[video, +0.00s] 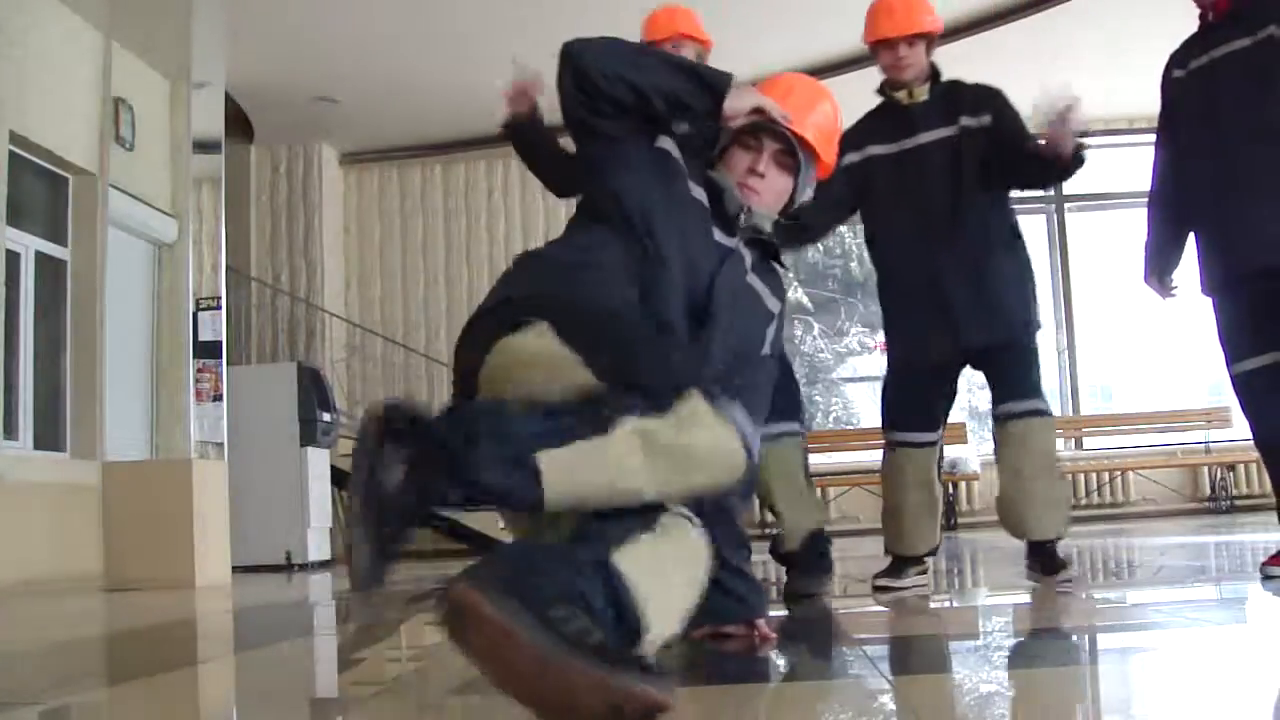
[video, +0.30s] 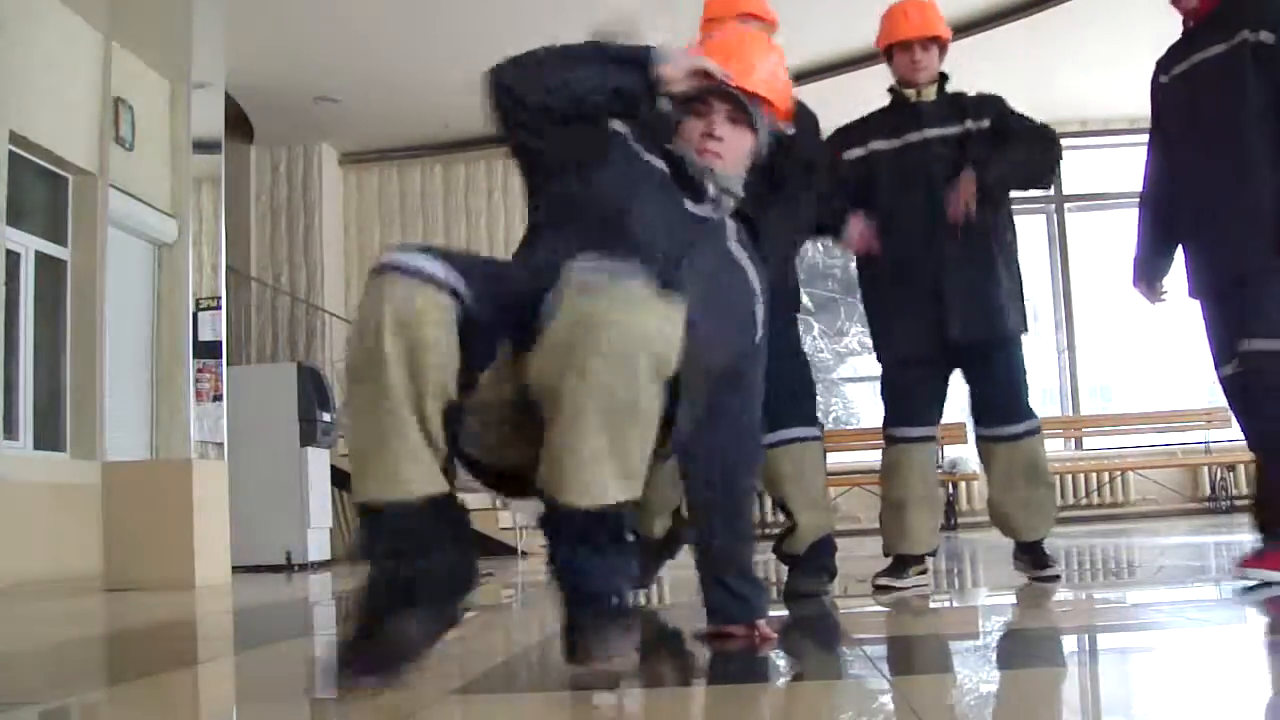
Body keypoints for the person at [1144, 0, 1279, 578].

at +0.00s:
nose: (1193, 8)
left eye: (1194, 5)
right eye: (1194, 7)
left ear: (1211, 3)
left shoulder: (1191, 60)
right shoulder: (1188, 62)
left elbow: (1175, 169)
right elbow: (1175, 169)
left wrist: (1160, 259)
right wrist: (1162, 256)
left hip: (1244, 263)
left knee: (1266, 409)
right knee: (1265, 408)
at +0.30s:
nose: (1174, 3)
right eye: (1174, 1)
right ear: (1194, 3)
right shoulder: (1172, 62)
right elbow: (1165, 165)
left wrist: (1149, 258)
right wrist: (1151, 256)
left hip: (1261, 244)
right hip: (1220, 255)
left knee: (1261, 389)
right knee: (1247, 394)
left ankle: (1276, 540)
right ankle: (1274, 538)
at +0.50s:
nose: (1147, 2)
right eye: (1145, 1)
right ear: (1160, 5)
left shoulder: (1254, 20)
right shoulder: (1162, 60)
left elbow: (1272, 128)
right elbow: (1163, 168)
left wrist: (1274, 229)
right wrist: (1155, 261)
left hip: (1254, 246)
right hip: (1206, 252)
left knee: (1225, 388)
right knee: (1258, 398)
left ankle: (1203, 538)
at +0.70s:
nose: (1118, 1)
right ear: (1133, 3)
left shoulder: (1225, 17)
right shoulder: (1144, 51)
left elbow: (1249, 129)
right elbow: (1155, 162)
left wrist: (1245, 231)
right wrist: (1146, 260)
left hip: (1225, 248)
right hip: (1188, 252)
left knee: (1199, 388)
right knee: (1244, 393)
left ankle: (1197, 548)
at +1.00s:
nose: (1075, 5)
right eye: (1072, 3)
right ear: (1092, 0)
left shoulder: (1170, 13)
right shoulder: (1115, 41)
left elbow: (1180, 126)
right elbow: (1112, 154)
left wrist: (1153, 228)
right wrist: (1087, 247)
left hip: (1171, 241)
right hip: (1132, 247)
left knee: (1170, 383)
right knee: (1135, 381)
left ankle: (1198, 548)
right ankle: (1236, 490)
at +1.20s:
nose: (1050, 8)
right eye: (1045, 5)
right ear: (1059, 8)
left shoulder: (1147, 21)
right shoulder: (1089, 49)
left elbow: (1149, 130)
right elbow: (1082, 161)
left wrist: (1110, 223)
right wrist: (1058, 249)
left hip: (1152, 246)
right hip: (1108, 253)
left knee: (1159, 394)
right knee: (1105, 396)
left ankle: (1199, 553)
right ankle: (1133, 542)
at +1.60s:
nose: (1002, 34)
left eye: (1008, 17)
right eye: (992, 26)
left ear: (1044, 4)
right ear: (991, 29)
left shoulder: (1114, 57)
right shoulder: (1015, 106)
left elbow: (1159, 152)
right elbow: (1023, 205)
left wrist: (1167, 248)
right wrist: (1032, 292)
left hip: (1129, 266)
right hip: (1061, 282)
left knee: (1149, 400)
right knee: (1076, 413)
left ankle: (1182, 538)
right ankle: (1109, 540)